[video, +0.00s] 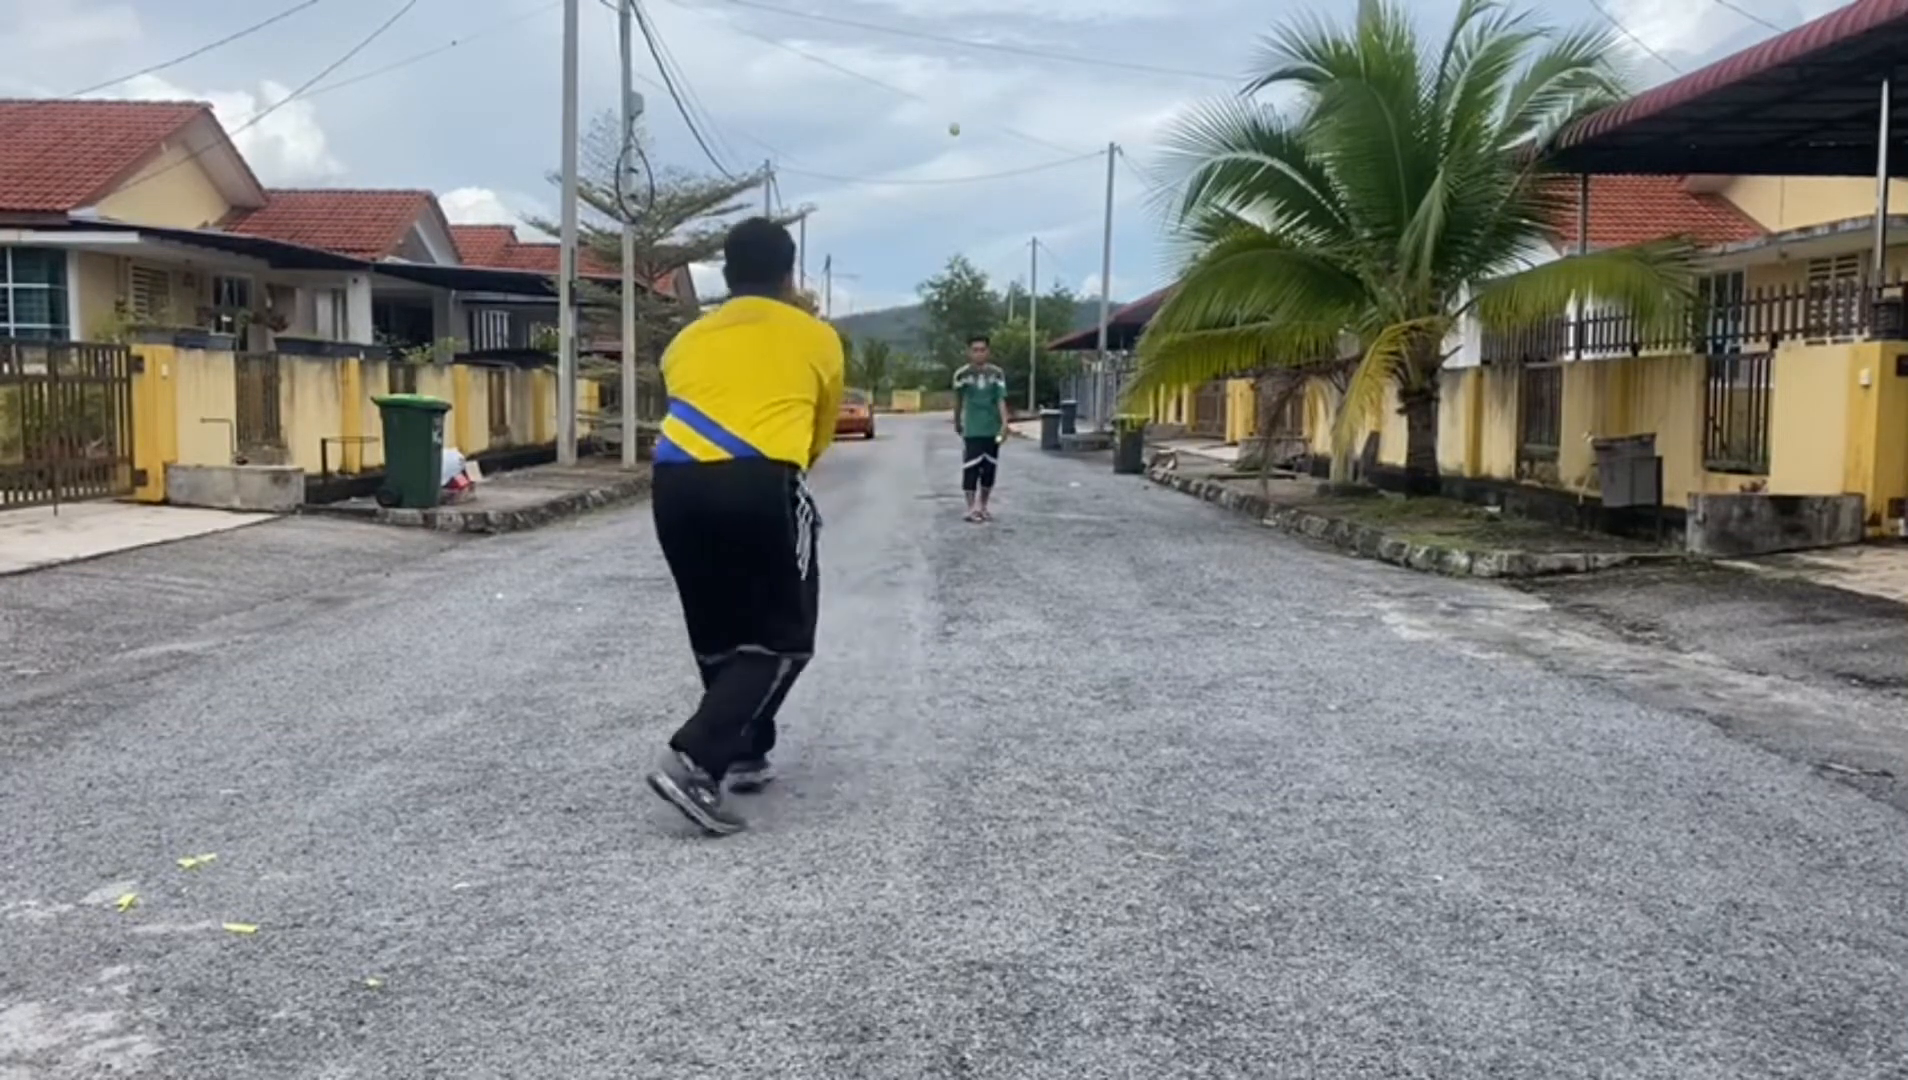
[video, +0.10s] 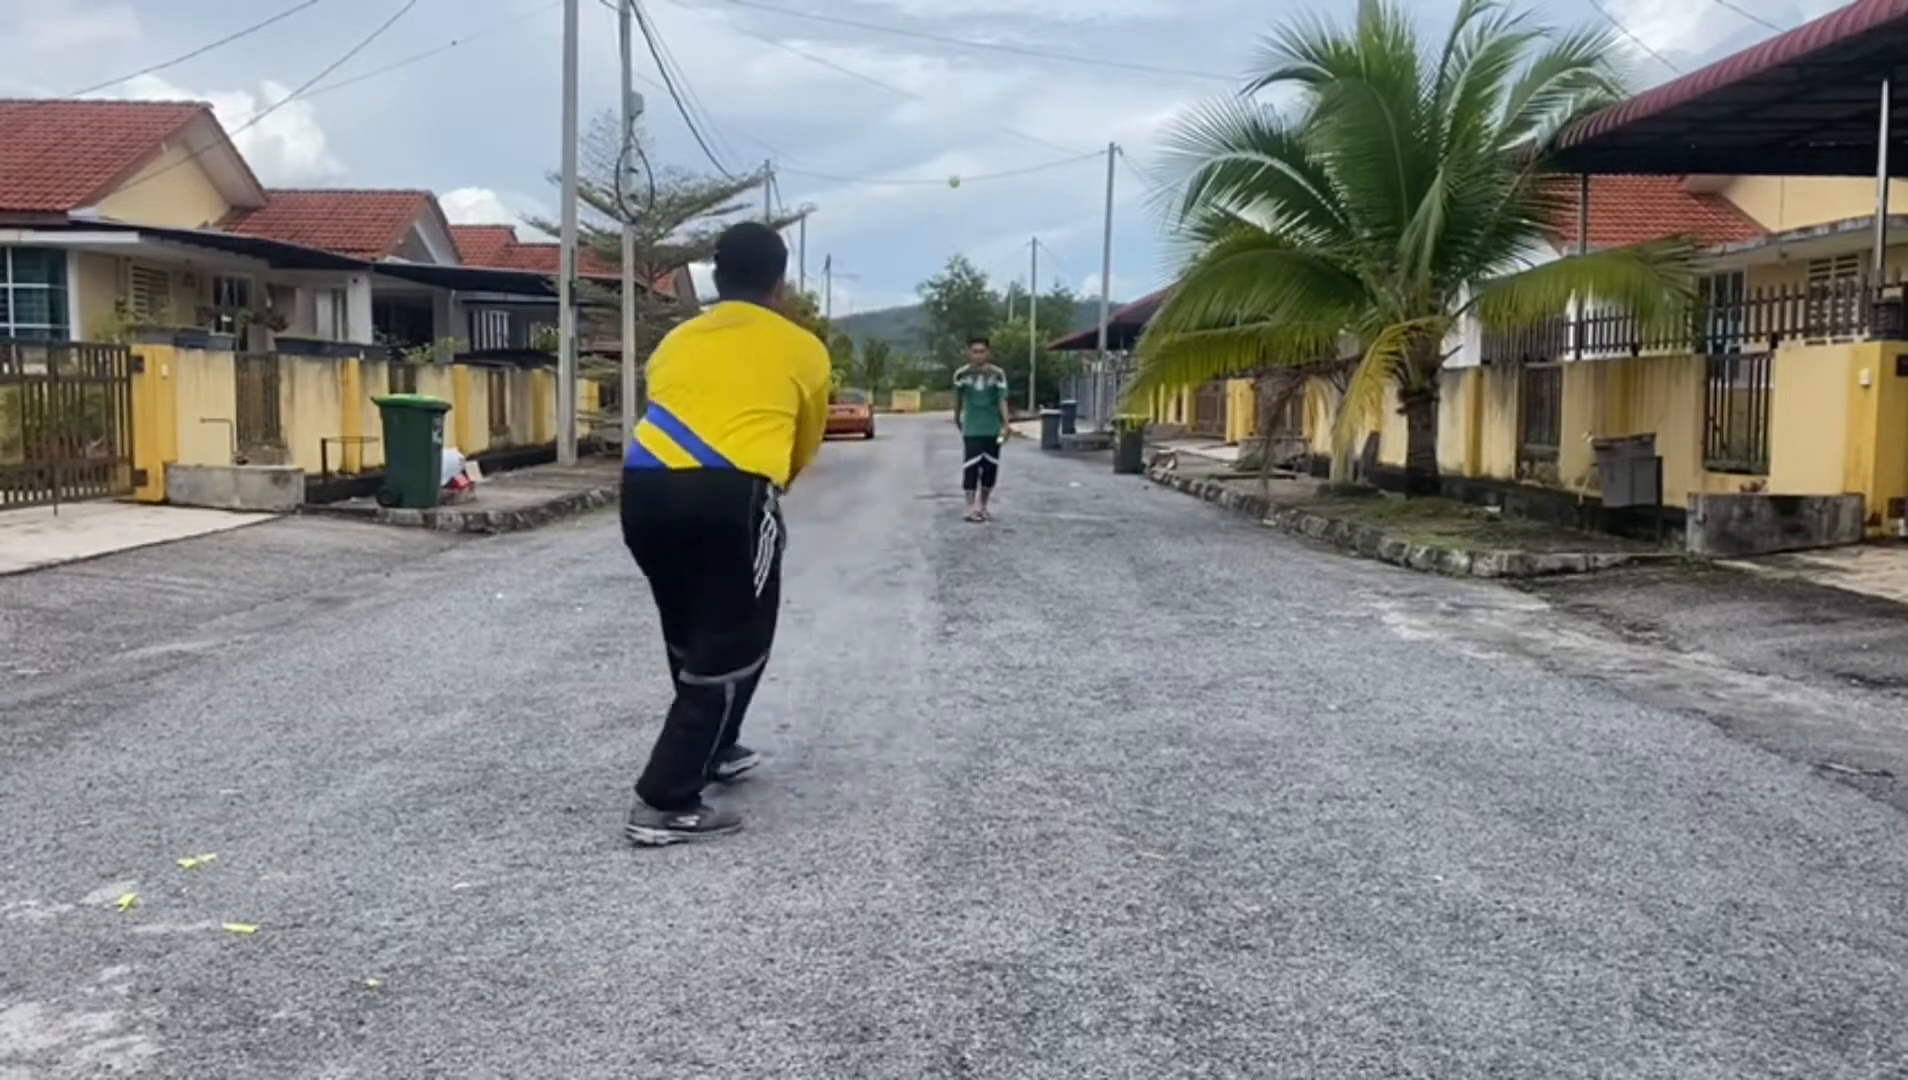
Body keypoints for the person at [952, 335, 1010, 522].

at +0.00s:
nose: (979, 354)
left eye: (982, 350)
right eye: (975, 350)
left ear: (988, 352)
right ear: (969, 353)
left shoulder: (996, 373)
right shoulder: (961, 374)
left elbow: (1001, 401)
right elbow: (958, 400)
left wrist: (1005, 424)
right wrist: (957, 421)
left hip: (992, 428)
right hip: (971, 429)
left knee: (989, 470)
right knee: (971, 469)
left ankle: (983, 506)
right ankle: (971, 507)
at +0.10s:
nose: (978, 356)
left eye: (982, 351)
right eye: (975, 352)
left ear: (988, 353)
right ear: (969, 354)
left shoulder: (997, 374)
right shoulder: (961, 375)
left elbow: (1002, 401)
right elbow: (958, 399)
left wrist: (1006, 423)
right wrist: (957, 418)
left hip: (992, 428)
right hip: (971, 428)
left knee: (989, 469)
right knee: (970, 468)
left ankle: (983, 505)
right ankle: (971, 505)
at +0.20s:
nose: (978, 356)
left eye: (982, 352)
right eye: (975, 352)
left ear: (988, 354)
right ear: (969, 354)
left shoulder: (997, 374)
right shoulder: (961, 375)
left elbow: (1002, 402)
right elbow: (958, 400)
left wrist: (1006, 424)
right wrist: (957, 421)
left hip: (991, 429)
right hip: (970, 429)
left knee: (989, 471)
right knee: (969, 468)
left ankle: (983, 506)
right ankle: (969, 505)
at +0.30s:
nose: (978, 356)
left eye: (981, 352)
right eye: (974, 352)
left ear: (987, 353)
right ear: (968, 354)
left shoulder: (996, 373)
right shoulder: (961, 374)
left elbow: (1001, 402)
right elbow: (958, 403)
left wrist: (1005, 425)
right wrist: (956, 427)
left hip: (990, 430)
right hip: (968, 430)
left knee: (988, 473)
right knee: (965, 471)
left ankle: (983, 507)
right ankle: (964, 505)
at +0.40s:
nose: (977, 356)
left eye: (980, 351)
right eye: (973, 351)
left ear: (986, 354)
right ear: (968, 354)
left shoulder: (995, 374)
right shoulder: (960, 374)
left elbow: (1000, 402)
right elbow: (958, 402)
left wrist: (1003, 425)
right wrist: (958, 426)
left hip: (988, 430)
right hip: (966, 430)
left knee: (987, 473)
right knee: (960, 471)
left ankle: (983, 508)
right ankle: (956, 505)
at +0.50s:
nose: (974, 355)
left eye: (977, 351)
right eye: (971, 351)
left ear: (984, 353)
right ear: (965, 353)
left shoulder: (992, 373)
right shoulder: (957, 374)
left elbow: (997, 400)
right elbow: (954, 399)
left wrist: (1001, 423)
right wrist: (955, 423)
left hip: (986, 431)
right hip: (965, 431)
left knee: (986, 473)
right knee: (955, 470)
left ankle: (983, 508)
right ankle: (948, 501)